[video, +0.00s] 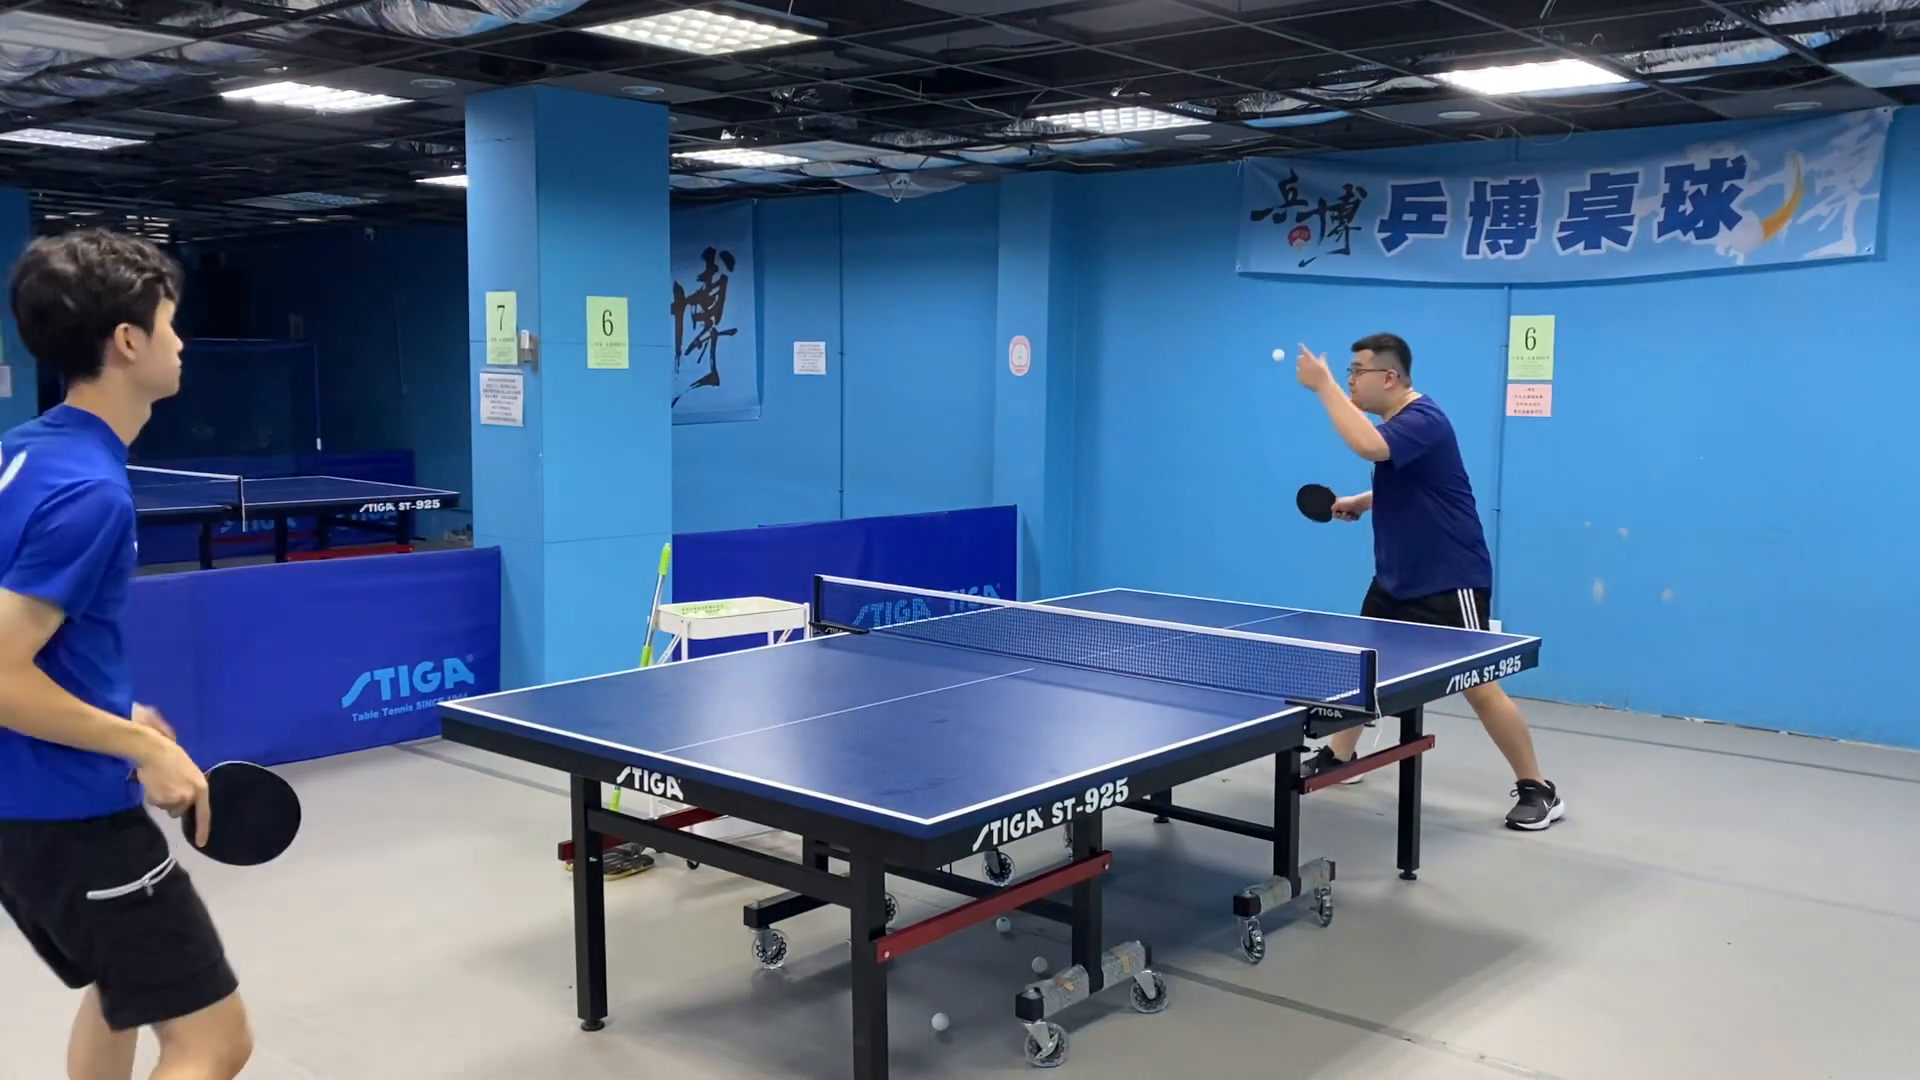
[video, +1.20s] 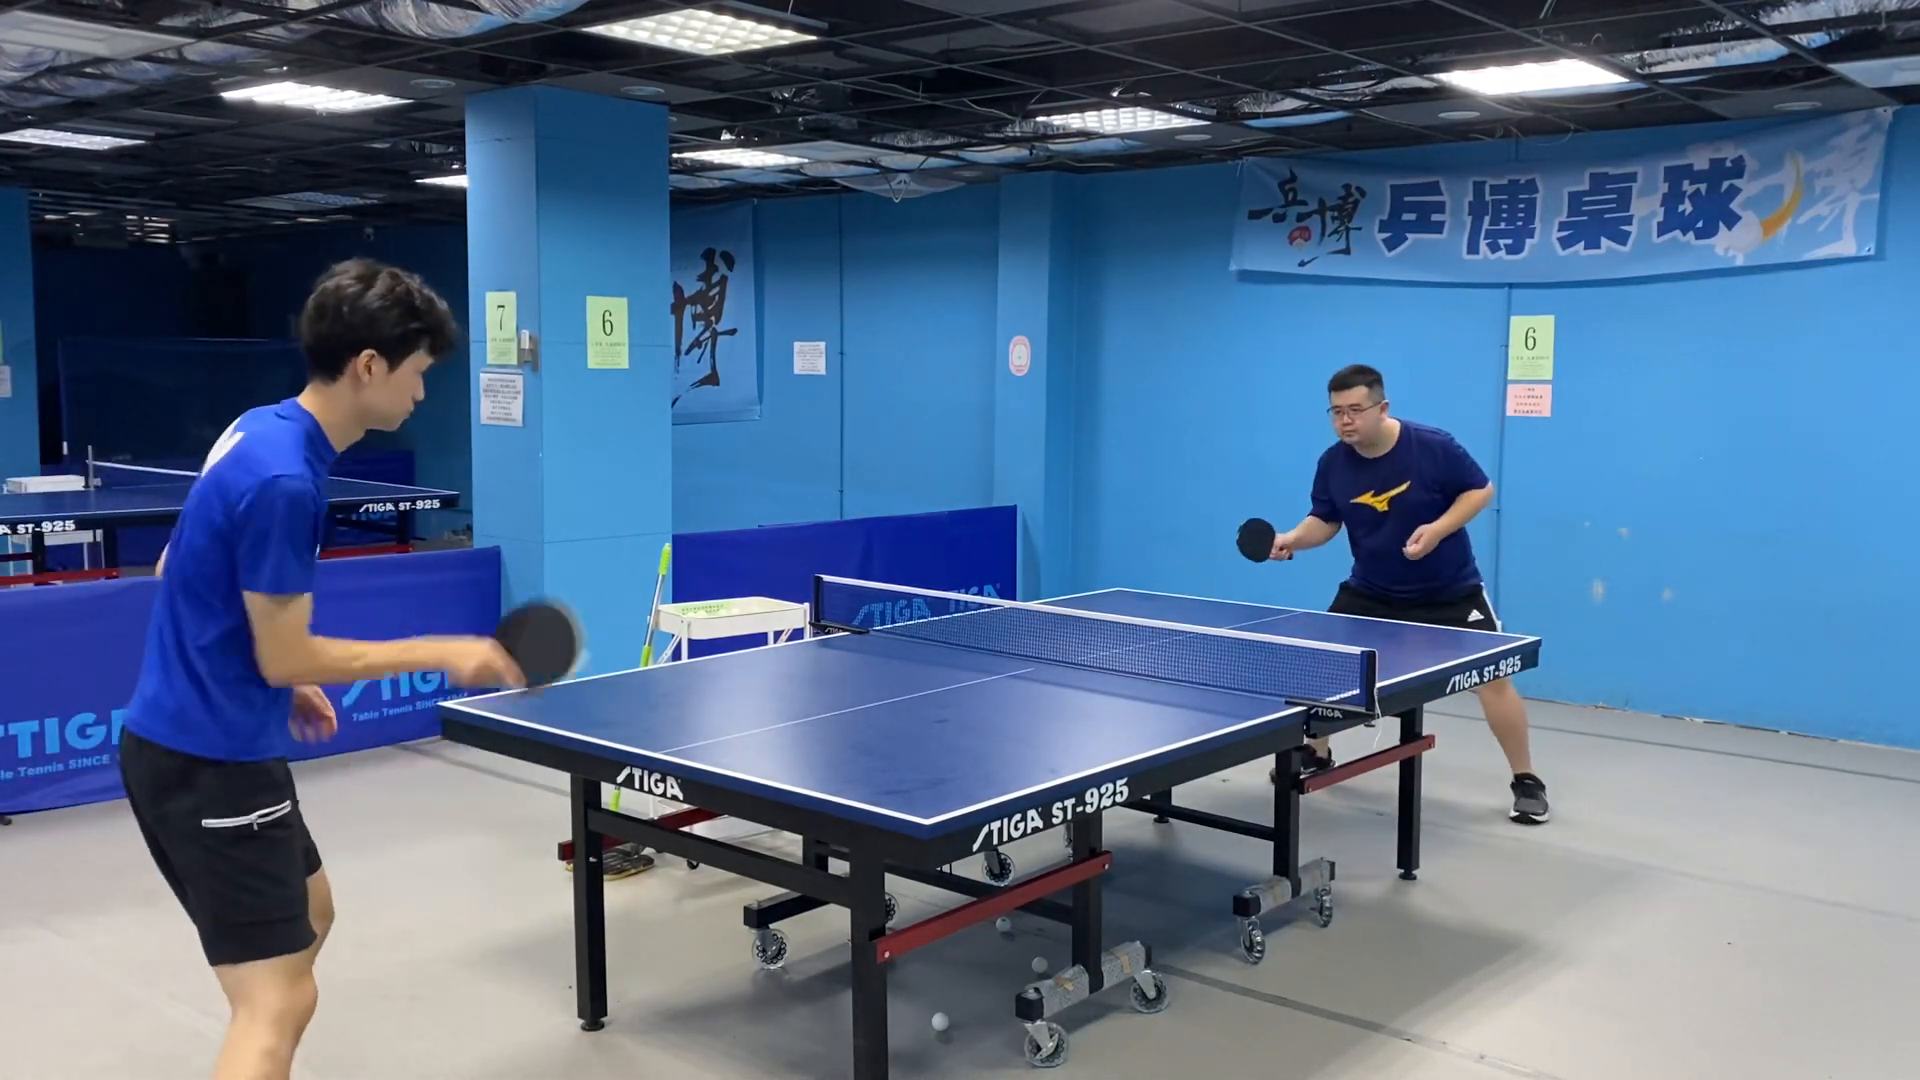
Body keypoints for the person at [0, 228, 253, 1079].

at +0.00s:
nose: (181, 346)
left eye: (176, 325)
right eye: (171, 326)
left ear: (104, 342)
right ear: (126, 343)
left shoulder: (30, 449)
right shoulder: (92, 490)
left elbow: (34, 657)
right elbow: (7, 679)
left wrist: (127, 718)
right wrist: (137, 748)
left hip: (28, 811)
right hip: (80, 819)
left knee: (115, 994)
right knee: (215, 1039)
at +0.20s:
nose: (235, 313)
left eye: (231, 292)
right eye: (226, 293)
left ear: (165, 309)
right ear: (184, 307)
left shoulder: (99, 417)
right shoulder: (130, 448)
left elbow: (107, 597)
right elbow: (41, 636)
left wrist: (223, 640)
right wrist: (208, 689)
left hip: (51, 758)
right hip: (116, 767)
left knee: (118, 966)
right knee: (255, 993)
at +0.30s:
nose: (261, 321)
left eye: (258, 301)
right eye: (253, 300)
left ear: (183, 311)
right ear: (210, 311)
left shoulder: (115, 422)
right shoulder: (158, 456)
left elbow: (133, 599)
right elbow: (107, 659)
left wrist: (245, 647)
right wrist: (263, 687)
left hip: (83, 767)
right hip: (151, 778)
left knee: (124, 968)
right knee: (258, 1003)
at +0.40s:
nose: (287, 337)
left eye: (285, 316)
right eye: (281, 315)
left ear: (201, 321)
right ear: (240, 324)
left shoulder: (129, 429)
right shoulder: (188, 475)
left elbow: (81, 595)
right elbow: (188, 680)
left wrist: (242, 674)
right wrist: (321, 679)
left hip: (114, 779)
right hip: (190, 792)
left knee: (171, 961)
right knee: (287, 1008)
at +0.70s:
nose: (379, 355)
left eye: (382, 334)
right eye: (378, 334)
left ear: (284, 330)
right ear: (336, 338)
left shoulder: (205, 420)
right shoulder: (268, 487)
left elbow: (114, 569)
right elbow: (292, 688)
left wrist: (219, 635)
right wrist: (442, 672)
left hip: (162, 750)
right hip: (221, 776)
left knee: (255, 996)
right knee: (298, 1011)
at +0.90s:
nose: (423, 386)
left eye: (427, 367)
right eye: (421, 366)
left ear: (355, 357)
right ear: (375, 363)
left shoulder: (261, 433)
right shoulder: (272, 489)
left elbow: (170, 568)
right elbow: (240, 694)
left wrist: (275, 681)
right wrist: (395, 750)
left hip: (192, 754)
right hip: (212, 774)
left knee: (279, 986)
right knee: (303, 1009)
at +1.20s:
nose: (422, 393)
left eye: (426, 375)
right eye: (418, 372)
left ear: (358, 363)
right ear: (367, 367)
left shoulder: (261, 430)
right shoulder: (284, 478)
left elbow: (179, 569)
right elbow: (287, 657)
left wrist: (278, 675)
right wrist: (443, 655)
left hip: (218, 738)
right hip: (204, 755)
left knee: (306, 914)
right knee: (275, 1001)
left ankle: (254, 1061)